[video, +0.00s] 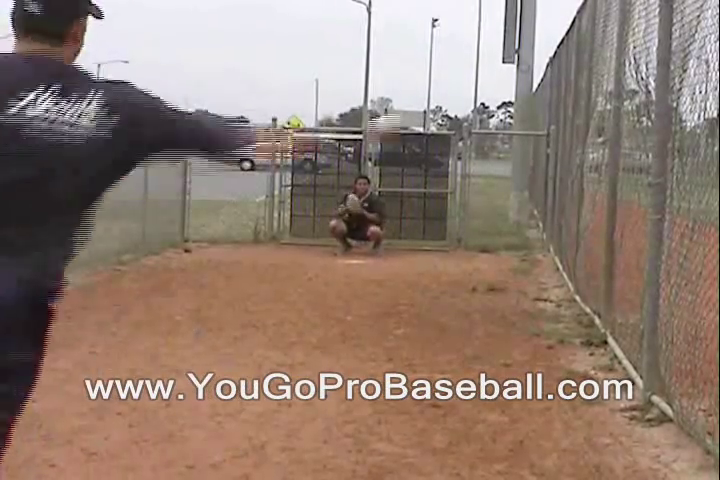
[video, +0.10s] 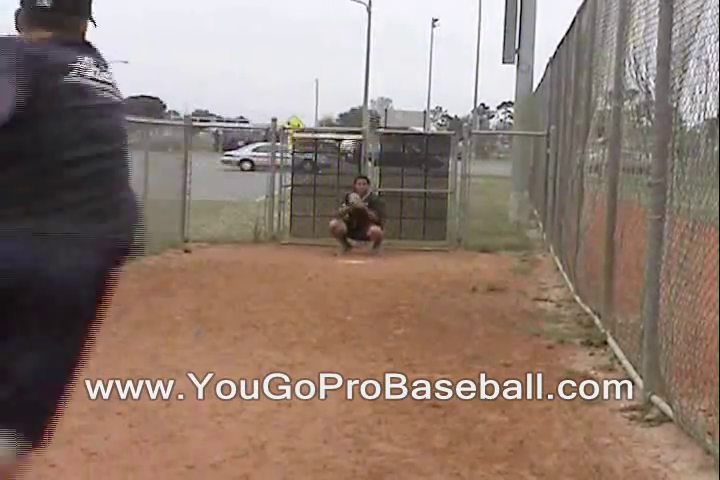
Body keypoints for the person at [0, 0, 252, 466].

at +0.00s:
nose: (84, 39)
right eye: (85, 30)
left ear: (15, 27)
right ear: (76, 34)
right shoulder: (110, 104)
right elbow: (192, 130)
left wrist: (256, 141)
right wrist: (268, 142)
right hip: (26, 278)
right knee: (7, 395)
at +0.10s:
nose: (17, 30)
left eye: (19, 21)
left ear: (27, 22)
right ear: (85, 27)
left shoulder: (19, 59)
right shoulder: (96, 66)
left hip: (28, 234)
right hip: (101, 229)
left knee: (18, 331)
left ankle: (10, 434)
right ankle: (16, 437)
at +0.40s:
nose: (30, 54)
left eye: (33, 47)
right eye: (34, 47)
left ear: (43, 48)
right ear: (91, 48)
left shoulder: (55, 76)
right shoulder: (114, 94)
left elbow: (128, 100)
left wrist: (73, 174)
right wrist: (42, 220)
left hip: (110, 262)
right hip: (185, 249)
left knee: (53, 416)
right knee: (256, 398)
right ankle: (424, 461)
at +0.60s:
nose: (112, 82)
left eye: (114, 74)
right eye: (115, 74)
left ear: (120, 77)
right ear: (166, 77)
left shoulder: (137, 117)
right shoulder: (202, 126)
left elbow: (180, 177)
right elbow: (237, 203)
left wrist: (132, 237)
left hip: (201, 286)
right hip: (273, 281)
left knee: (115, 430)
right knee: (283, 425)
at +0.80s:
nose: (188, 42)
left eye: (188, 34)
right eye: (192, 33)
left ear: (191, 34)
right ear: (239, 30)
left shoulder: (208, 84)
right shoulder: (273, 82)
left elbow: (240, 165)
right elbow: (335, 169)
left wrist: (187, 210)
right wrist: (347, 222)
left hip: (240, 262)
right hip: (303, 261)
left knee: (165, 394)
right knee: (301, 407)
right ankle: (337, 472)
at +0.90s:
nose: (202, 12)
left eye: (203, 8)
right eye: (206, 9)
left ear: (208, 7)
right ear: (257, 6)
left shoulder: (210, 48)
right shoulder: (300, 54)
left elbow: (224, 131)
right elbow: (364, 137)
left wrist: (182, 164)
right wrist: (390, 190)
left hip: (238, 240)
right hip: (310, 242)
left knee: (196, 380)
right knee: (307, 382)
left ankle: (210, 472)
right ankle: (339, 471)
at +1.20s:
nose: (231, 63)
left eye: (229, 57)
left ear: (229, 59)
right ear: (280, 62)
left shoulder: (204, 123)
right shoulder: (319, 122)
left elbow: (185, 212)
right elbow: (359, 214)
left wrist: (177, 236)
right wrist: (385, 281)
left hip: (239, 296)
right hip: (306, 294)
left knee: (245, 418)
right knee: (296, 412)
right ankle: (305, 474)